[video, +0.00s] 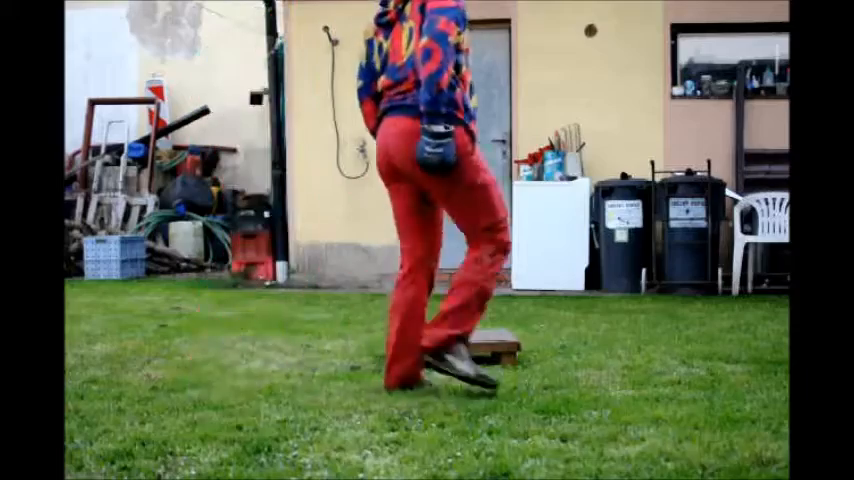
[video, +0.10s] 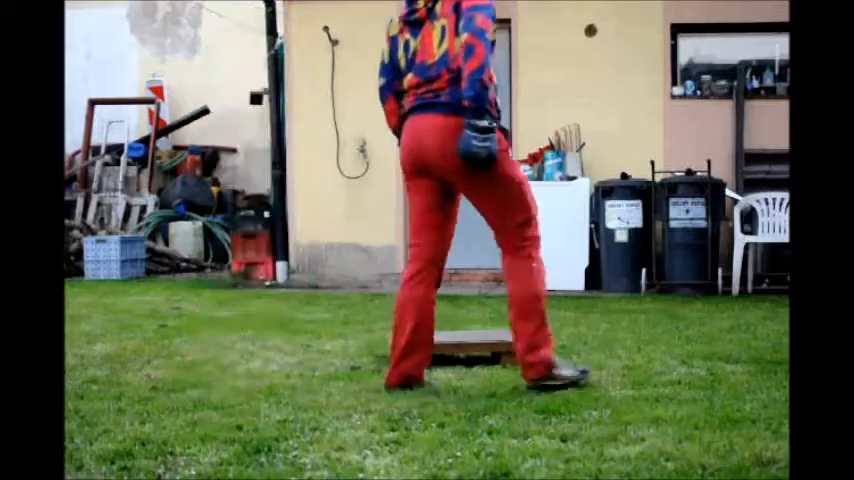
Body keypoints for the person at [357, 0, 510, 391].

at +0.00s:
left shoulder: (386, 17)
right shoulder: (446, 5)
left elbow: (366, 81)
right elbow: (434, 51)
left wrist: (383, 133)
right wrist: (437, 126)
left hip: (391, 130)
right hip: (431, 127)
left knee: (416, 262)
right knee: (491, 238)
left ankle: (402, 373)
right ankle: (448, 338)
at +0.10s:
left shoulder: (402, 20)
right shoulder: (474, 4)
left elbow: (387, 84)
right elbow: (475, 44)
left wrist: (408, 136)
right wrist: (480, 118)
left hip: (414, 129)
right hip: (463, 124)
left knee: (423, 261)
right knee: (520, 239)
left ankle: (405, 374)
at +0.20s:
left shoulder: (443, 21)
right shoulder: (528, 7)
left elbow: (425, 93)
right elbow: (542, 53)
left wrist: (441, 144)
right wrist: (543, 120)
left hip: (460, 133)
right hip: (515, 131)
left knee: (444, 258)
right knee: (569, 255)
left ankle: (407, 369)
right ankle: (615, 362)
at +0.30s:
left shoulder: (474, 25)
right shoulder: (562, 11)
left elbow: (457, 93)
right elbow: (583, 42)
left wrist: (461, 150)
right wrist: (586, 122)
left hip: (495, 137)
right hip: (553, 134)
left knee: (476, 260)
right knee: (598, 255)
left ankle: (420, 359)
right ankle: (618, 365)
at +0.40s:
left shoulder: (498, 25)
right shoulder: (588, 9)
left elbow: (488, 90)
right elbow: (622, 42)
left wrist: (487, 150)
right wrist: (623, 117)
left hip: (525, 136)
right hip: (585, 132)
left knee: (519, 254)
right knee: (611, 255)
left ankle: (463, 336)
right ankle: (618, 363)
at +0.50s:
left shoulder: (528, 16)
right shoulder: (613, 5)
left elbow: (526, 77)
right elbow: (660, 31)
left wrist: (520, 143)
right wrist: (659, 110)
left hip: (560, 129)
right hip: (619, 126)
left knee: (562, 242)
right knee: (623, 248)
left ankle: (565, 342)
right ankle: (620, 360)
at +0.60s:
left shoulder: (545, 12)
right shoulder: (625, 5)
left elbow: (550, 76)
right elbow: (674, 28)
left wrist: (537, 146)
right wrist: (675, 100)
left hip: (580, 127)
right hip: (637, 124)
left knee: (586, 240)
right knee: (631, 242)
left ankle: (616, 344)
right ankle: (625, 354)